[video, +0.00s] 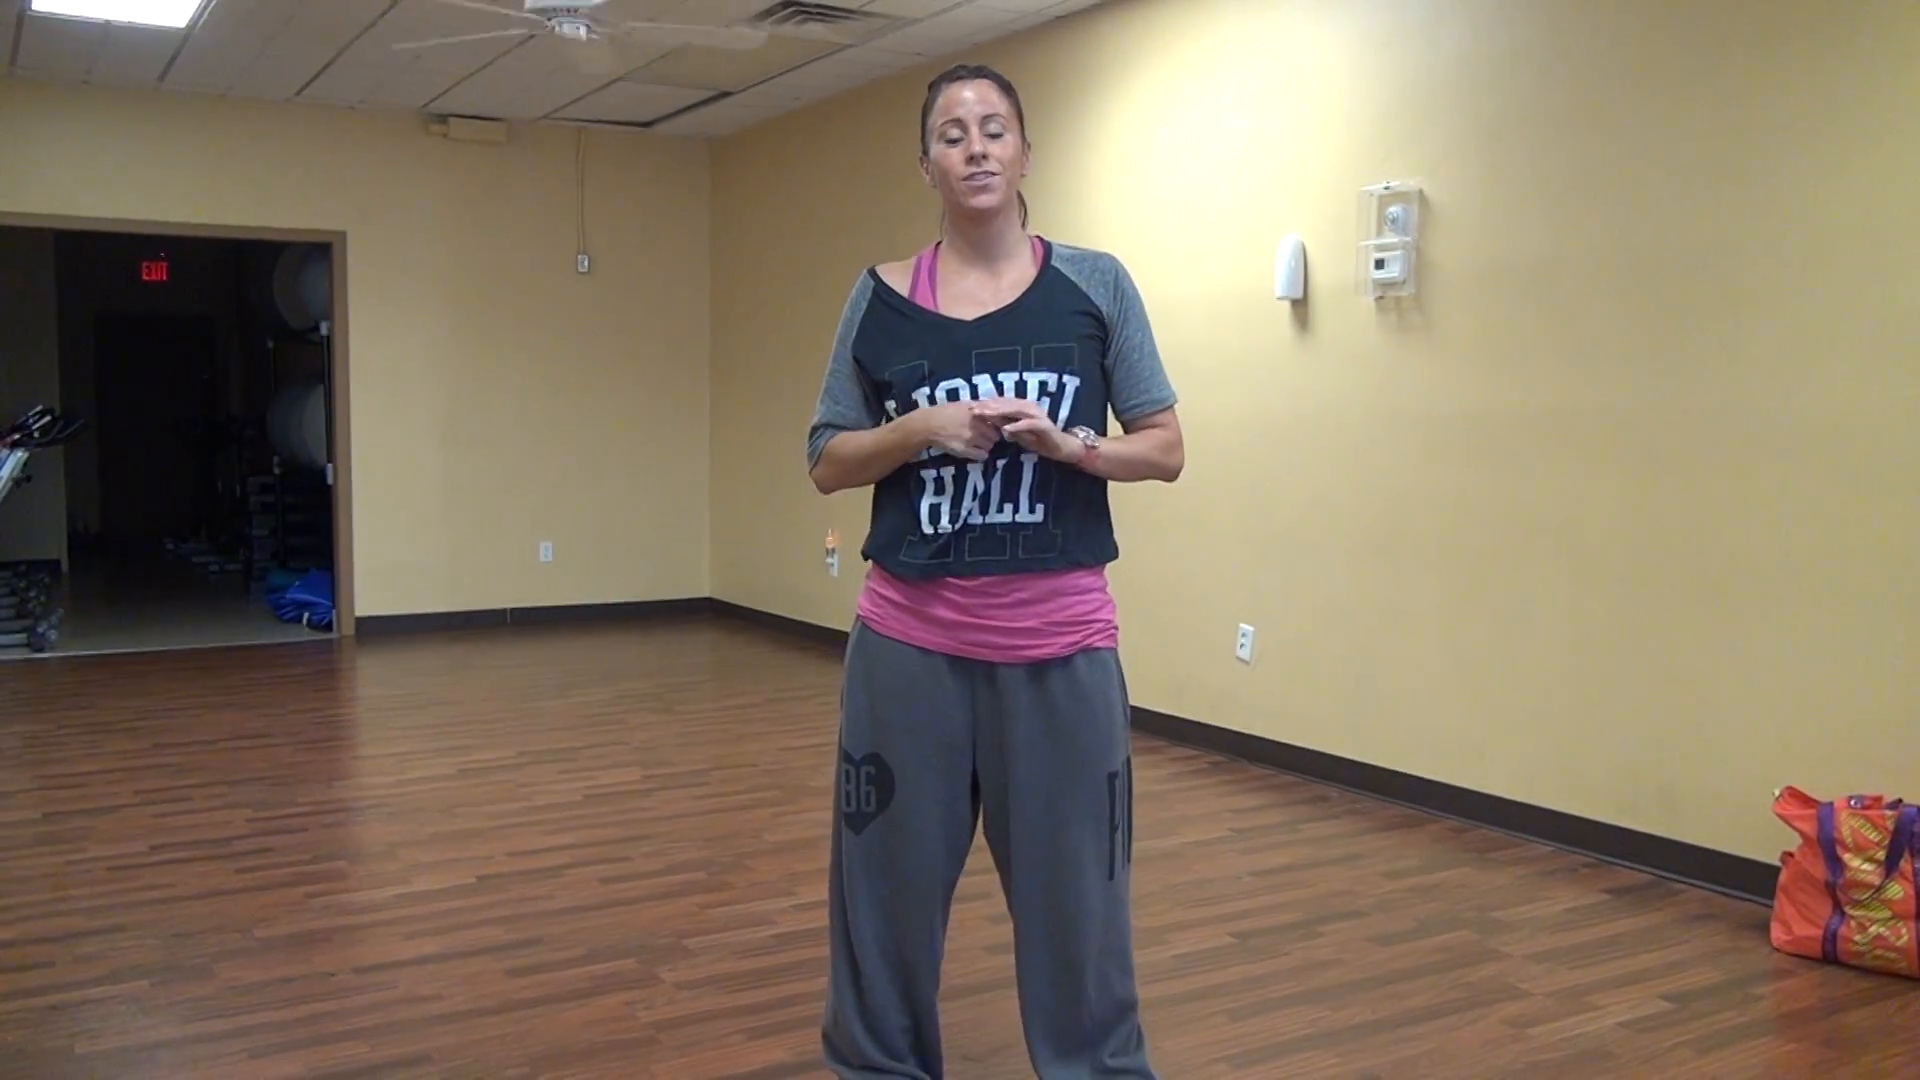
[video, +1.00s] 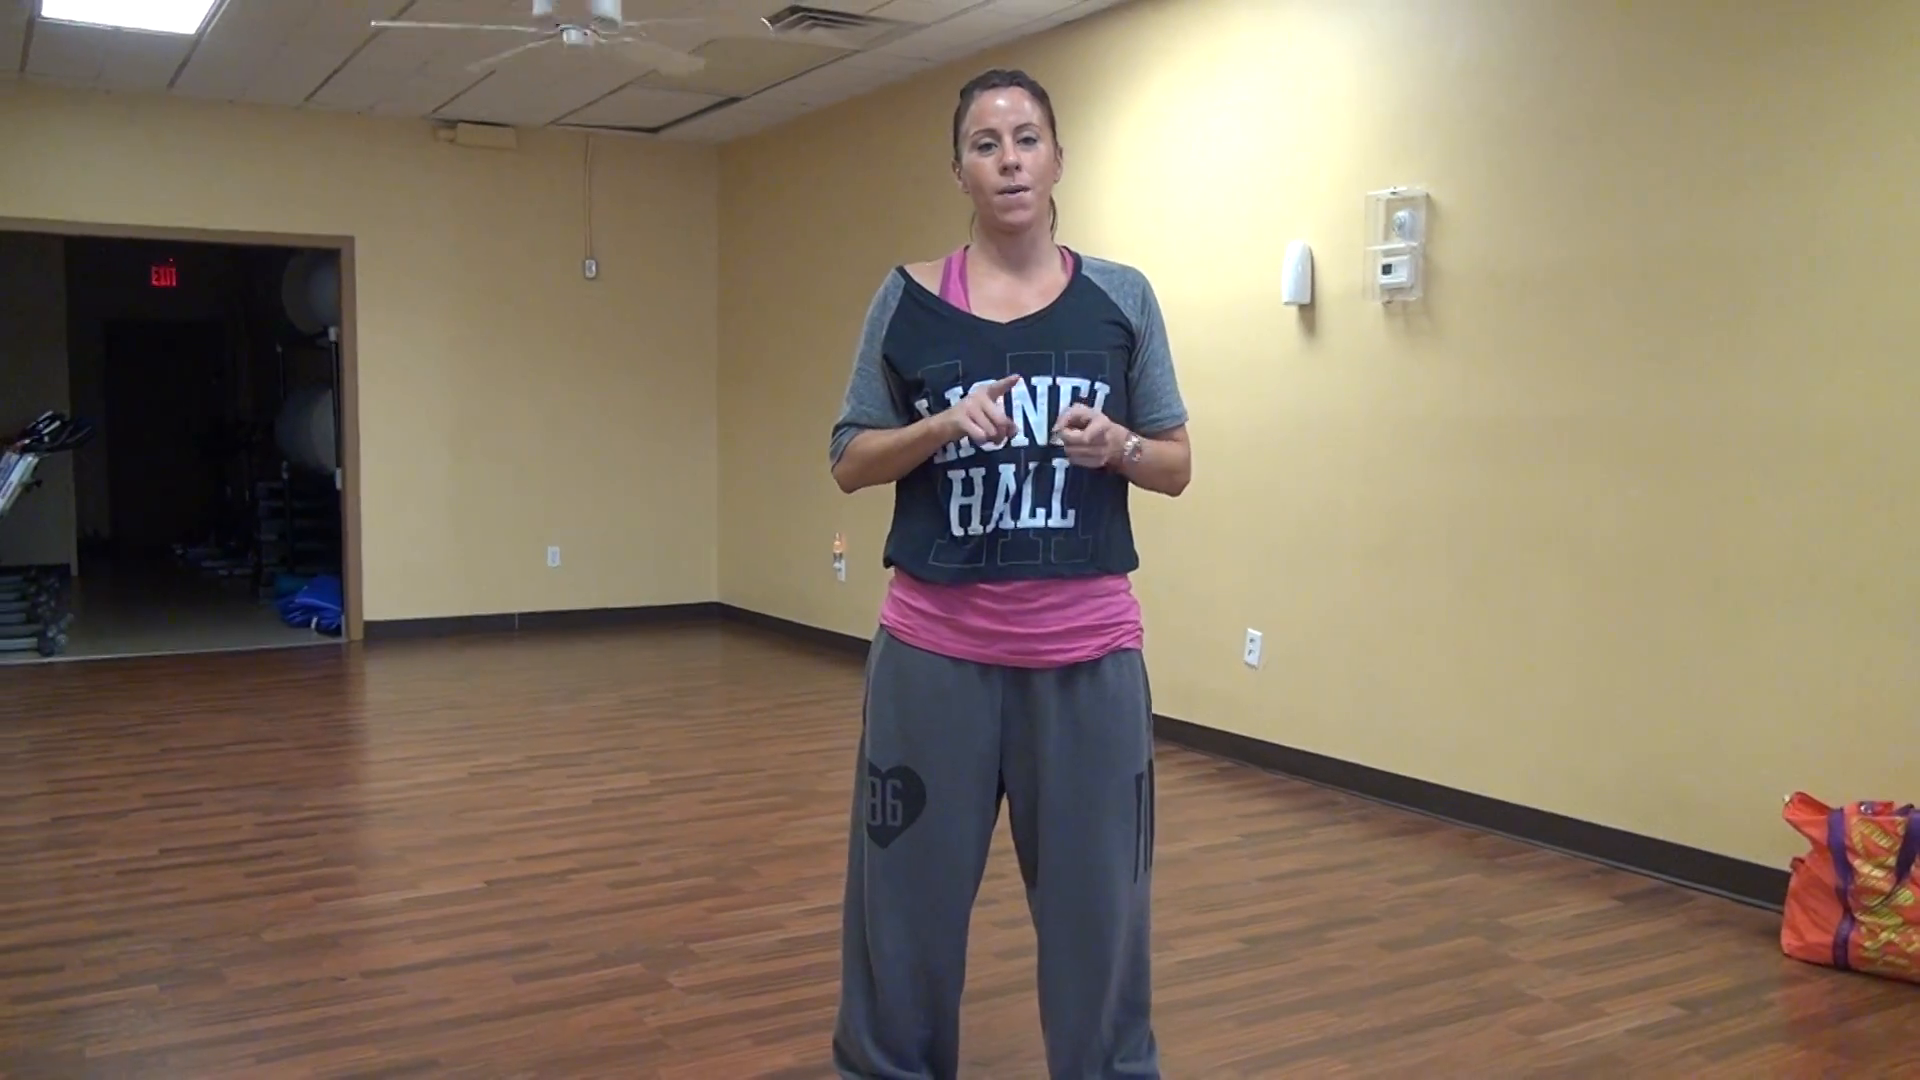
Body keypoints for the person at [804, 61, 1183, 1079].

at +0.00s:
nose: (975, 147)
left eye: (993, 128)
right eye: (952, 134)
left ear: (1025, 151)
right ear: (926, 162)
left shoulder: (1097, 282)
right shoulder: (883, 295)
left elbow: (1166, 449)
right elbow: (828, 465)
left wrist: (1071, 447)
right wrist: (919, 429)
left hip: (1061, 643)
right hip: (906, 642)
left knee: (1080, 909)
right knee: (884, 905)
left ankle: (1100, 1068)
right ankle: (882, 1068)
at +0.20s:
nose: (983, 149)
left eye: (1001, 130)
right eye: (961, 136)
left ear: (1034, 152)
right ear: (936, 164)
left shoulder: (1105, 282)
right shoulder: (893, 295)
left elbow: (1168, 451)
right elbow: (846, 467)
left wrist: (1094, 437)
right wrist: (919, 408)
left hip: (1070, 640)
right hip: (917, 640)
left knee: (1086, 907)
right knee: (890, 904)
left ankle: (1102, 1069)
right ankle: (882, 1068)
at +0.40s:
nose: (991, 153)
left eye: (1010, 133)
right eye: (969, 138)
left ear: (1040, 152)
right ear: (943, 164)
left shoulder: (1111, 284)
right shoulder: (897, 294)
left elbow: (1171, 453)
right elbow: (849, 466)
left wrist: (1106, 438)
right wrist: (910, 431)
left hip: (1077, 641)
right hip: (923, 640)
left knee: (1091, 905)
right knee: (893, 904)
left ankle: (1103, 1070)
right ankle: (884, 1069)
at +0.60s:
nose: (995, 152)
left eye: (1014, 132)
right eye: (973, 137)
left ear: (1044, 152)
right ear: (947, 163)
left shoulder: (1113, 286)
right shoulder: (899, 293)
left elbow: (1170, 453)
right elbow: (846, 461)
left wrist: (1110, 440)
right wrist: (914, 435)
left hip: (1078, 642)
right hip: (925, 641)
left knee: (1092, 904)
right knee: (895, 900)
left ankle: (1103, 1070)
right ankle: (883, 1069)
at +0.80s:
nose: (999, 154)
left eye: (1017, 135)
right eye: (976, 140)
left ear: (1047, 155)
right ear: (950, 167)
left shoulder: (1115, 289)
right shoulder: (902, 294)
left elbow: (1170, 460)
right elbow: (850, 461)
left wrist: (1114, 441)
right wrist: (925, 440)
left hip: (1079, 646)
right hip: (926, 644)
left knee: (1092, 907)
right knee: (895, 903)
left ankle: (1104, 1069)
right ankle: (884, 1069)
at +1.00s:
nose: (1009, 159)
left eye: (1027, 138)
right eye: (986, 143)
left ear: (1057, 159)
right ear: (960, 170)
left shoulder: (1123, 294)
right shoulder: (909, 296)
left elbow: (1176, 465)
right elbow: (852, 462)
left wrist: (1123, 447)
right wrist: (940, 427)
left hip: (1088, 649)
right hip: (933, 646)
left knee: (1101, 910)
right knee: (904, 907)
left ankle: (1112, 1071)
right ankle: (892, 1070)